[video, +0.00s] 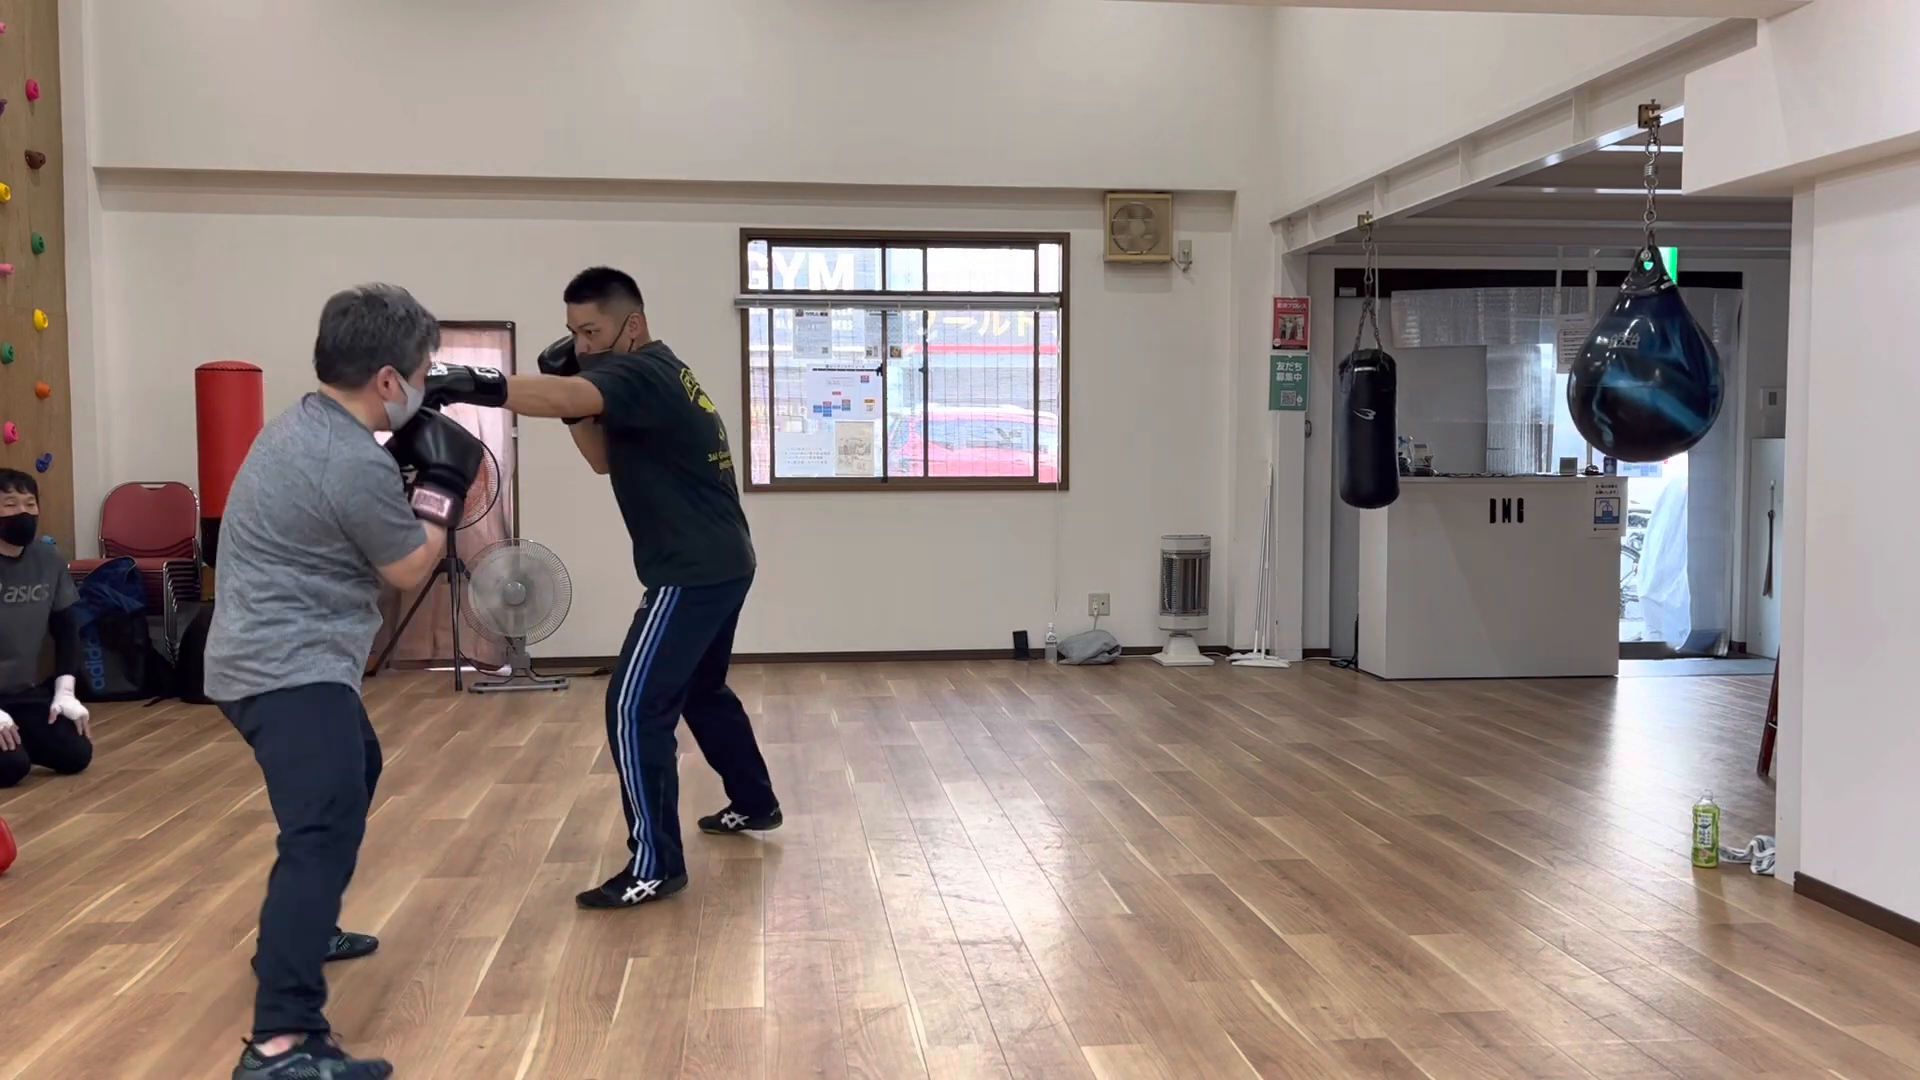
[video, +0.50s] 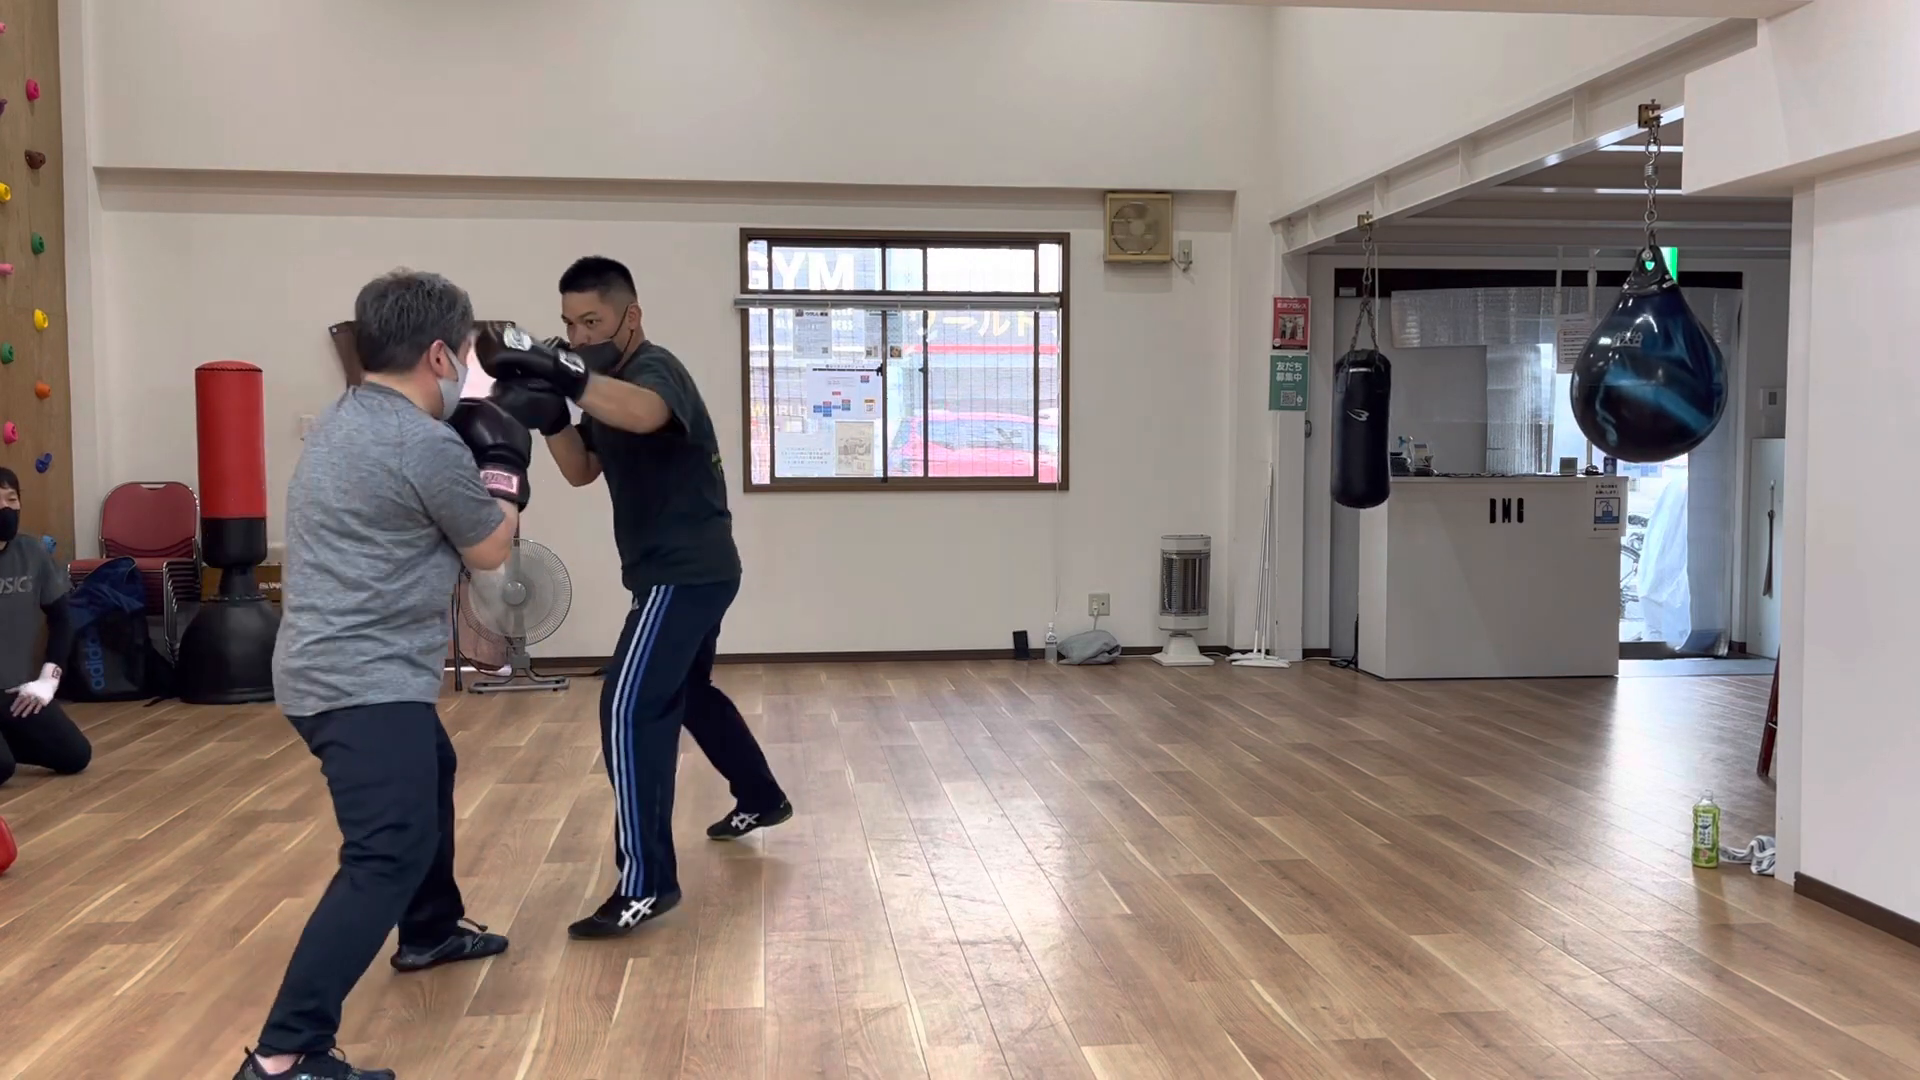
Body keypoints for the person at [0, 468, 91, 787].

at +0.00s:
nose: (22, 512)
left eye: (29, 503)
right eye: (10, 504)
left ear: (38, 510)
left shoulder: (48, 561)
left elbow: (67, 630)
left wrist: (65, 690)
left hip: (25, 693)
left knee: (75, 755)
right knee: (11, 767)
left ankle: (10, 730)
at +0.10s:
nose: (18, 509)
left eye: (24, 501)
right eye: (5, 501)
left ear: (34, 507)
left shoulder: (44, 559)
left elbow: (67, 627)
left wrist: (62, 684)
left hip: (23, 694)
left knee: (75, 755)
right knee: (12, 765)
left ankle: (10, 732)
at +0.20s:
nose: (13, 507)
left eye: (19, 499)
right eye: (3, 499)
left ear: (29, 506)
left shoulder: (41, 557)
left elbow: (67, 621)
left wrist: (56, 677)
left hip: (20, 692)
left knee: (76, 756)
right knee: (11, 764)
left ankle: (11, 731)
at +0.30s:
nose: (11, 507)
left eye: (17, 499)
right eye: (2, 499)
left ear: (26, 504)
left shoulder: (38, 556)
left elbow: (68, 619)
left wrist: (51, 673)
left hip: (18, 689)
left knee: (76, 756)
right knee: (9, 766)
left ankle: (9, 731)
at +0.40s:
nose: (8, 505)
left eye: (14, 497)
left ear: (23, 504)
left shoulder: (32, 552)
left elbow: (65, 615)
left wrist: (49, 675)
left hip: (17, 691)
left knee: (75, 756)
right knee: (4, 766)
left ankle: (3, 740)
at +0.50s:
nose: (6, 506)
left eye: (12, 498)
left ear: (20, 503)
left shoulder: (30, 552)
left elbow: (61, 616)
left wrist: (48, 678)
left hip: (16, 692)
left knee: (75, 756)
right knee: (2, 767)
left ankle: (2, 741)